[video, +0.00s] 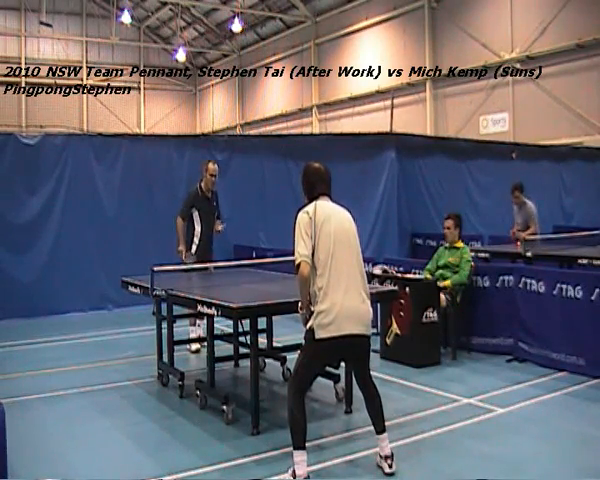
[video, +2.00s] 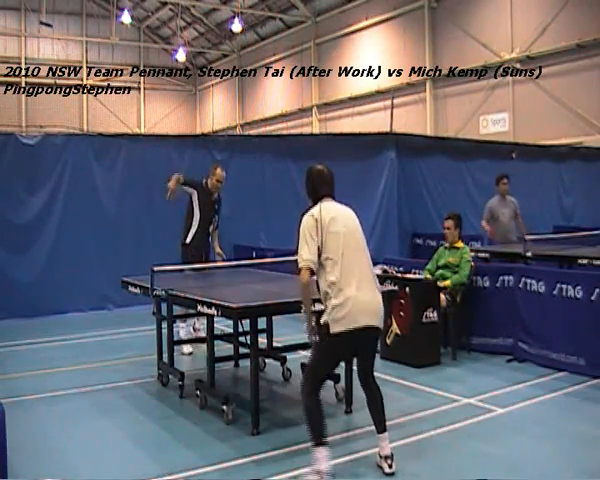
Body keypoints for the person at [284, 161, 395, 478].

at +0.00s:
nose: (304, 190)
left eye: (303, 185)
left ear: (305, 187)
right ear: (329, 186)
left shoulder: (307, 215)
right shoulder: (346, 215)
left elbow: (304, 267)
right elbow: (355, 264)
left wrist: (304, 304)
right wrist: (327, 298)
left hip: (328, 322)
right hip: (360, 319)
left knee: (296, 388)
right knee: (365, 379)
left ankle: (300, 466)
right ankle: (386, 451)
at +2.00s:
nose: (307, 191)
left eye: (307, 186)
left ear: (309, 189)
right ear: (332, 187)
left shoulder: (313, 218)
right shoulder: (350, 214)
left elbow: (306, 273)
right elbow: (358, 262)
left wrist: (308, 313)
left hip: (340, 317)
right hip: (373, 314)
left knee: (310, 385)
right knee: (367, 377)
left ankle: (321, 461)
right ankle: (386, 449)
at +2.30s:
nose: (331, 189)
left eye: (331, 184)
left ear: (332, 188)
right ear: (356, 186)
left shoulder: (334, 219)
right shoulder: (371, 216)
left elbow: (315, 270)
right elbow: (384, 267)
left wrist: (301, 304)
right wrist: (384, 300)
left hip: (359, 322)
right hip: (387, 317)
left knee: (330, 390)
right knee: (382, 373)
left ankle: (328, 465)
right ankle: (396, 437)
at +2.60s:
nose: (374, 166)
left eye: (370, 161)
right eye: (385, 161)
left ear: (368, 163)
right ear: (391, 164)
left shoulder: (362, 189)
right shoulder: (404, 196)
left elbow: (348, 237)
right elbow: (418, 250)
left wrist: (348, 282)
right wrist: (405, 279)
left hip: (370, 290)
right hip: (399, 291)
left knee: (355, 362)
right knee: (391, 360)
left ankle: (361, 432)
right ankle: (396, 433)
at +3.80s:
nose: (340, 154)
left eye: (340, 149)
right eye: (345, 147)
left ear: (345, 150)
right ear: (369, 150)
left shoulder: (343, 182)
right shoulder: (385, 189)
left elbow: (336, 233)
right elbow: (396, 245)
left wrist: (340, 273)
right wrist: (377, 269)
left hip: (354, 297)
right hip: (385, 298)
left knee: (325, 365)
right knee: (382, 370)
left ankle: (319, 445)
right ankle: (387, 444)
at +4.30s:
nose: (294, 174)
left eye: (294, 168)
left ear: (295, 171)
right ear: (321, 171)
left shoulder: (295, 200)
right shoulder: (338, 204)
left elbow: (288, 248)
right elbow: (348, 258)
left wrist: (298, 292)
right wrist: (341, 291)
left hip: (315, 318)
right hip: (348, 316)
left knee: (290, 389)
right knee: (359, 379)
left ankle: (297, 468)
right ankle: (380, 450)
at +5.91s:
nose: (302, 195)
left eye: (302, 190)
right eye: (309, 188)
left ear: (305, 192)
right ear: (329, 191)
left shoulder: (309, 221)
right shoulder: (345, 219)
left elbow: (294, 280)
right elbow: (350, 268)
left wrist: (290, 323)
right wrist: (325, 308)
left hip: (335, 325)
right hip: (366, 322)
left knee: (298, 388)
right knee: (358, 373)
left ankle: (301, 468)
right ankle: (379, 443)